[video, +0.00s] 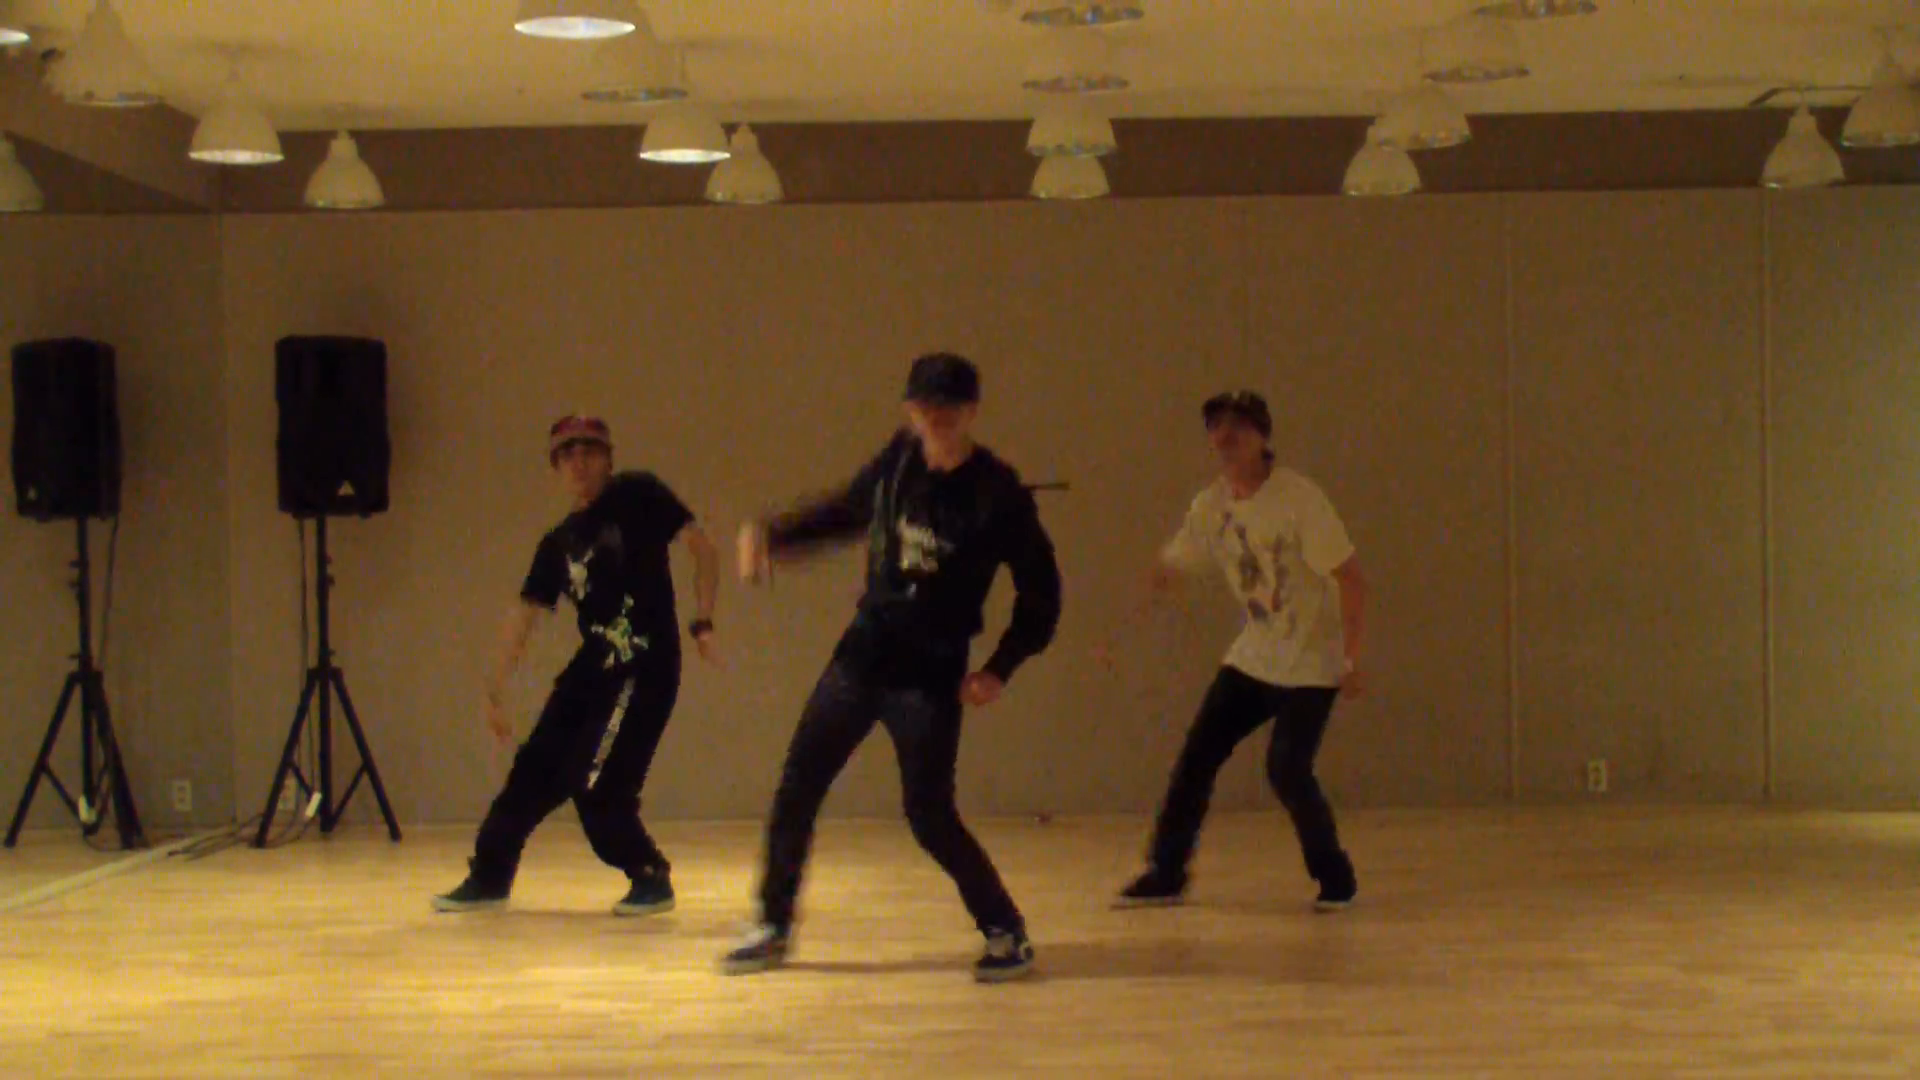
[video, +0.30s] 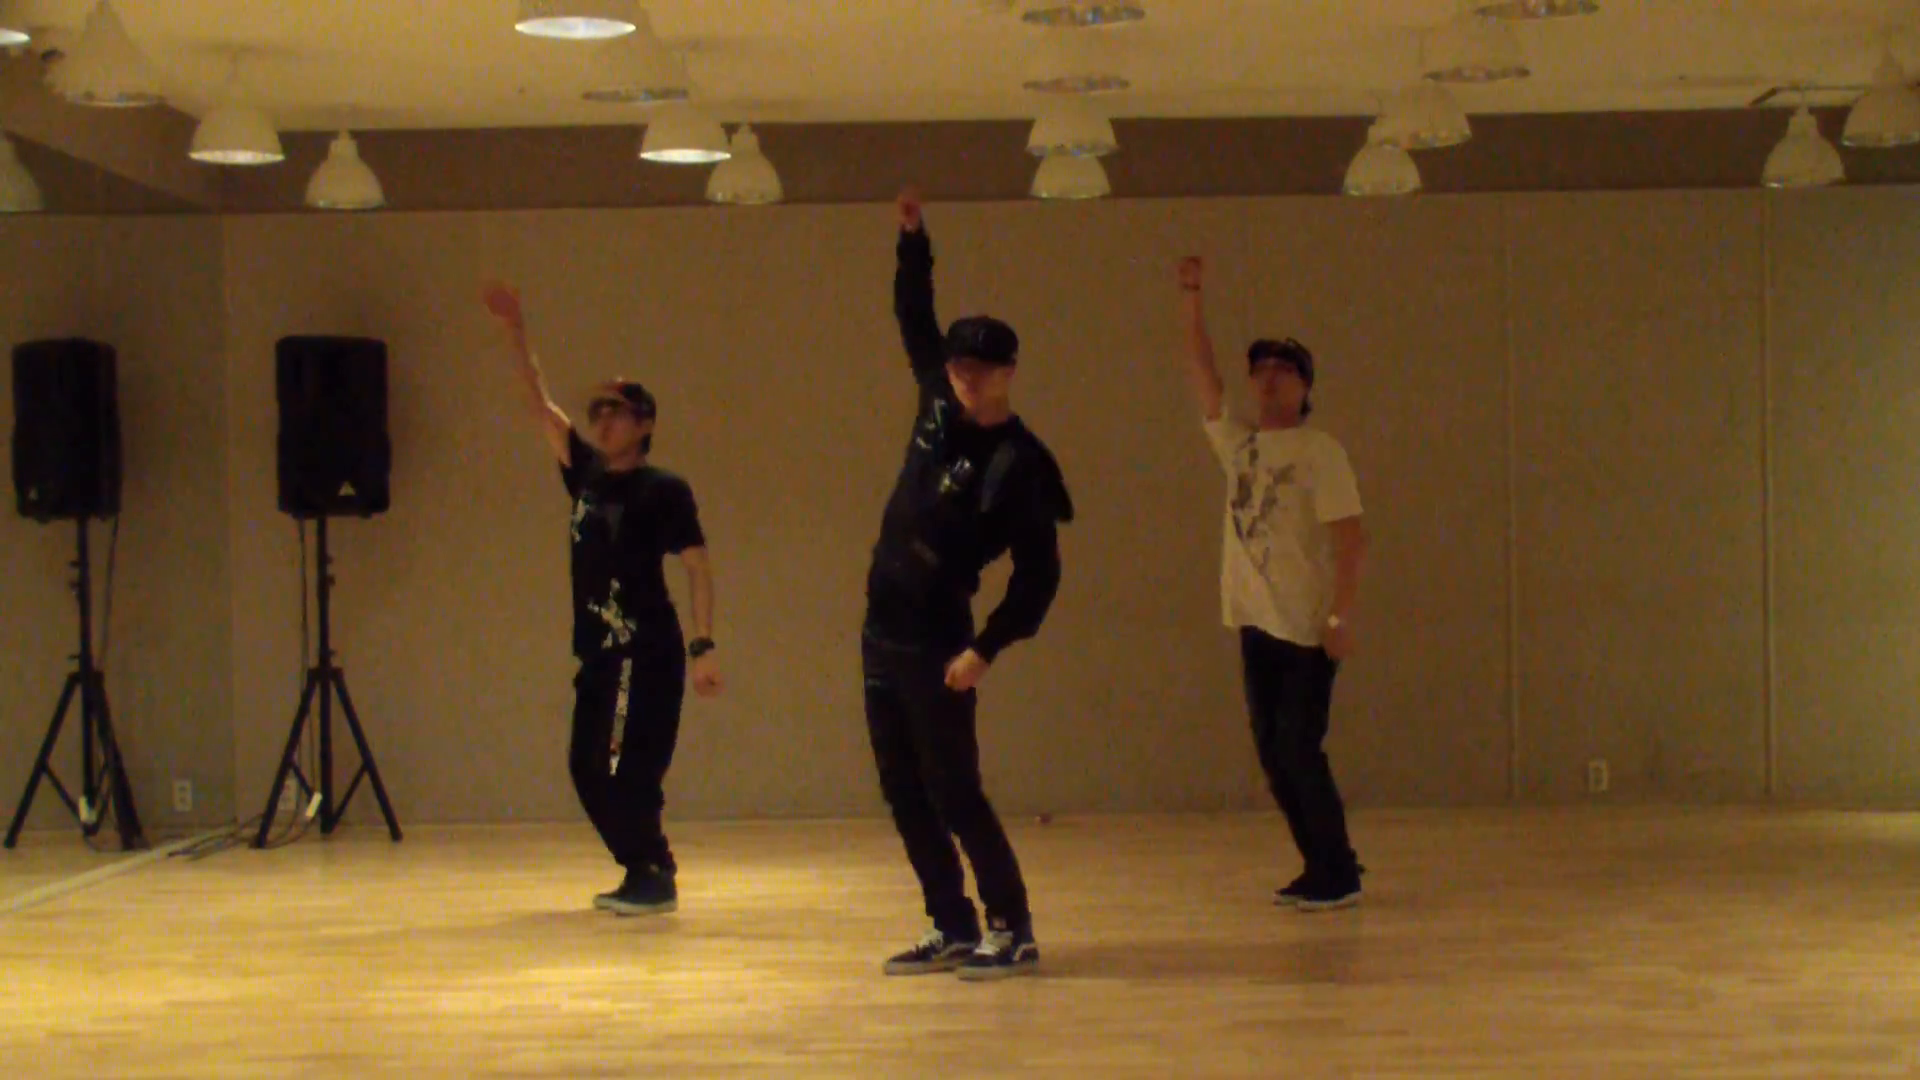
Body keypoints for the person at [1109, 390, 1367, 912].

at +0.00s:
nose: (1224, 444)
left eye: (1236, 434)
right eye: (1217, 435)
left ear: (1262, 438)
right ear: (1209, 442)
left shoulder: (1301, 499)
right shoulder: (1212, 503)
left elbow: (1350, 577)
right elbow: (1177, 567)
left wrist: (1351, 657)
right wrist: (1158, 580)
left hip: (1313, 661)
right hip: (1254, 654)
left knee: (1288, 768)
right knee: (1198, 756)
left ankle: (1336, 879)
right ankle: (1166, 871)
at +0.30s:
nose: (1268, 382)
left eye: (1281, 374)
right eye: (1261, 374)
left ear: (1304, 388)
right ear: (1251, 385)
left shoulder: (1320, 450)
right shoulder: (1237, 444)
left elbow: (1351, 539)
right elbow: (1204, 374)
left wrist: (1340, 615)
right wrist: (1191, 298)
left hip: (1306, 627)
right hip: (1255, 625)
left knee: (1298, 751)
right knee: (1275, 756)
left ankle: (1337, 867)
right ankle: (1318, 864)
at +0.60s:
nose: (1268, 421)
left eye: (1276, 409)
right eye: (1261, 412)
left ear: (1304, 407)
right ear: (1262, 415)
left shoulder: (1344, 465)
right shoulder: (1277, 470)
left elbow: (1389, 548)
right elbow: (1246, 542)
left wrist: (1354, 614)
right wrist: (1234, 482)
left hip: (1306, 637)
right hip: (1260, 633)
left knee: (1290, 756)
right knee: (1266, 758)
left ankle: (1338, 869)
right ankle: (1321, 865)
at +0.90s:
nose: (1236, 458)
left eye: (1245, 446)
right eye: (1231, 448)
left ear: (1276, 446)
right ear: (1233, 452)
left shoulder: (1325, 498)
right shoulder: (1270, 504)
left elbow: (1392, 560)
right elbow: (1287, 586)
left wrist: (1396, 649)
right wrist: (1266, 610)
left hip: (1351, 652)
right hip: (1310, 632)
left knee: (1294, 758)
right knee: (1234, 652)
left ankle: (1335, 874)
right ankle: (1268, 751)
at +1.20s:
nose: (1274, 451)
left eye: (1282, 436)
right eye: (1267, 441)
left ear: (1311, 432)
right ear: (1265, 447)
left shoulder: (1368, 471)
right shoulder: (1289, 515)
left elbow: (1449, 524)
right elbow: (1227, 541)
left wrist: (1451, 601)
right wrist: (1158, 527)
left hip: (1388, 647)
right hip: (1335, 640)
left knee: (1319, 752)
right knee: (1280, 722)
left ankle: (1334, 875)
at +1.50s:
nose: (1312, 452)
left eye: (1323, 439)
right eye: (1304, 443)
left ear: (1351, 441)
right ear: (1299, 450)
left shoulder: (1391, 489)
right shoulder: (1322, 513)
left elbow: (1462, 537)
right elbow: (1302, 578)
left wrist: (1459, 611)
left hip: (1432, 659)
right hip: (1392, 666)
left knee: (1362, 746)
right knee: (1443, 791)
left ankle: (1390, 864)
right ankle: (1537, 855)